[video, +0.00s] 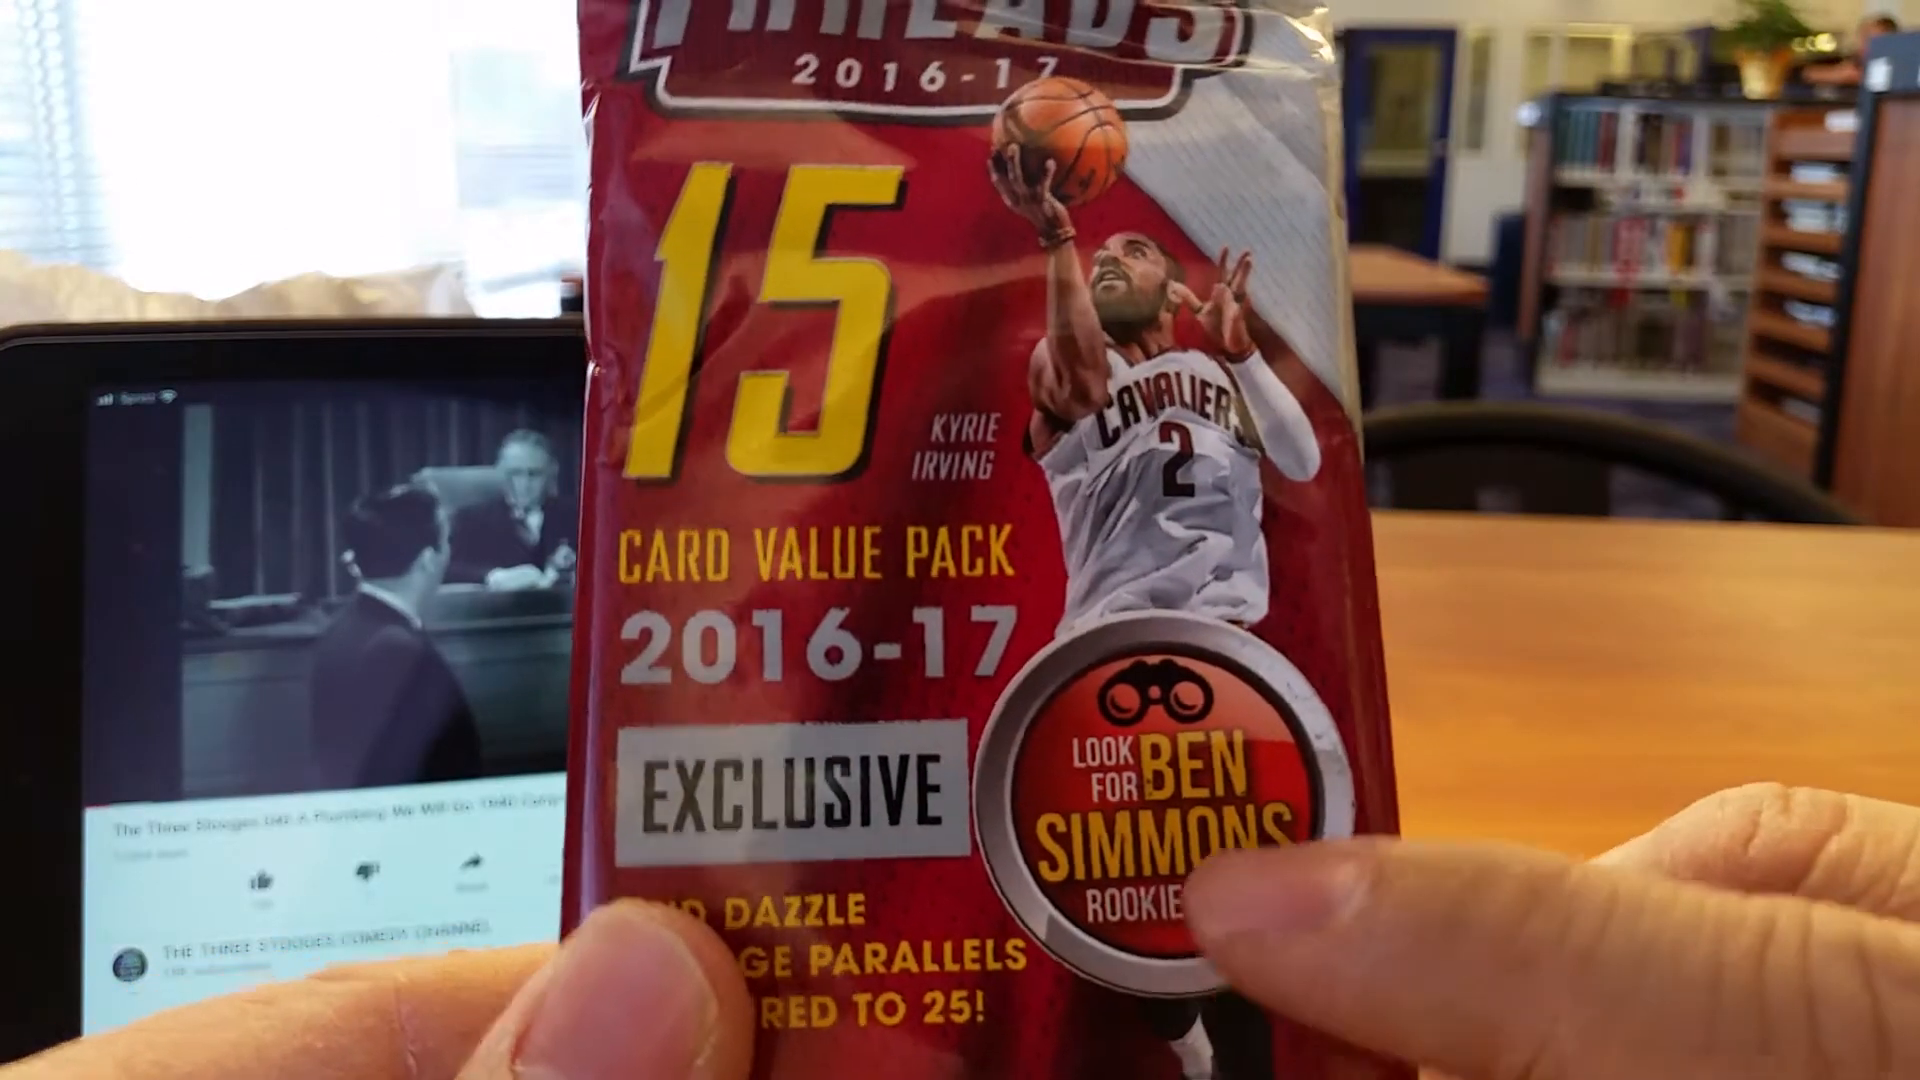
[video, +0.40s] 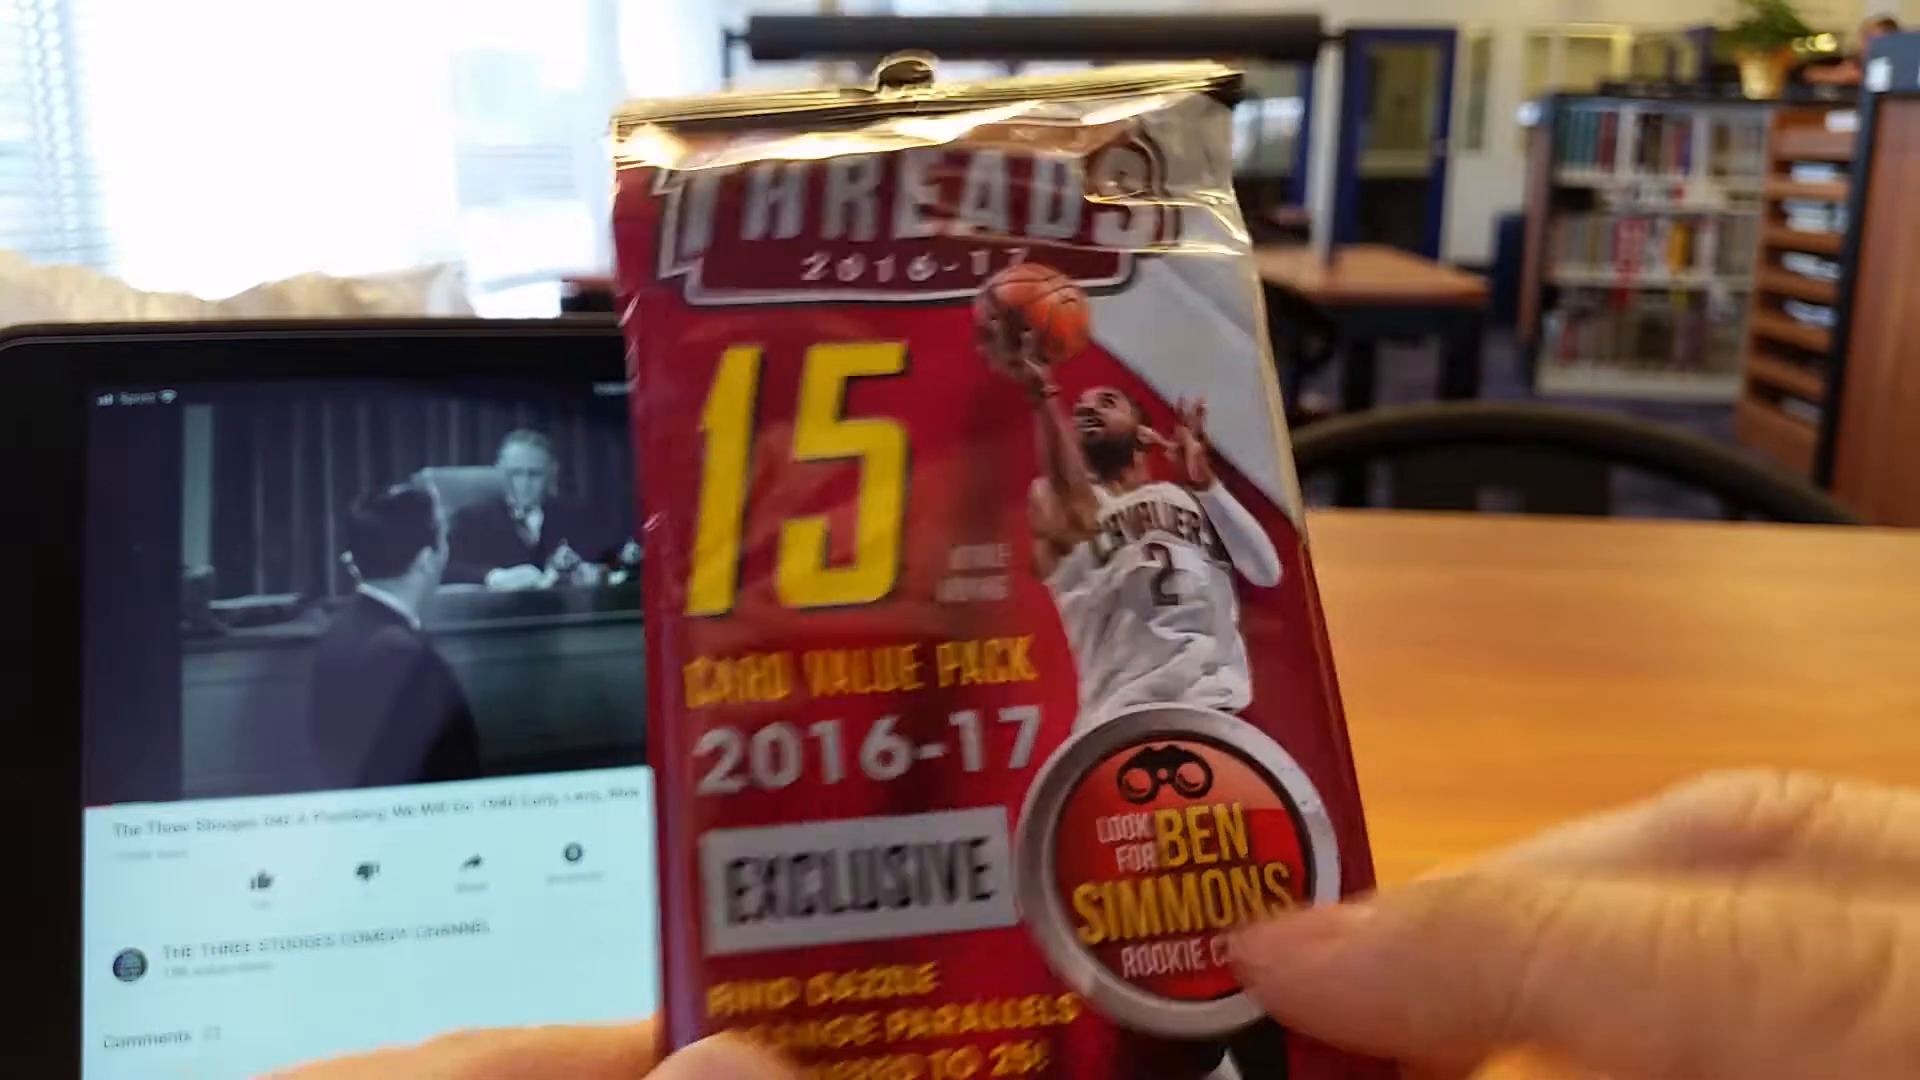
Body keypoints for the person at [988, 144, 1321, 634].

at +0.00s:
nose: (1108, 259)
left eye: (1136, 252)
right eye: (1098, 259)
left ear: (1176, 296)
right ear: (1087, 296)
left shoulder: (1218, 372)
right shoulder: (1063, 370)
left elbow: (1301, 463)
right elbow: (1083, 383)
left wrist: (1243, 356)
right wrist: (1058, 239)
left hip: (1220, 627)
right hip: (1105, 632)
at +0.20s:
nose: (1068, 327)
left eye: (1092, 313)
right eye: (1058, 325)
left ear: (1136, 350)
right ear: (1046, 356)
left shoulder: (1182, 424)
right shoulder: (1037, 442)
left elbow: (1271, 504)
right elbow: (1051, 439)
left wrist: (1206, 407)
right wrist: (1019, 309)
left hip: (1204, 668)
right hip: (1092, 685)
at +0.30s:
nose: (1068, 373)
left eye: (1089, 363)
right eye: (1058, 372)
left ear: (1129, 394)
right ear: (1053, 401)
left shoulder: (1177, 463)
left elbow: (1260, 533)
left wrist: (1197, 446)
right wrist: (1016, 352)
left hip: (1209, 684)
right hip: (1103, 697)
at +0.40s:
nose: (1088, 409)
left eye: (1108, 402)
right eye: (1077, 407)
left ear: (1142, 433)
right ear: (1067, 430)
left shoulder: (1187, 499)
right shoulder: (1063, 505)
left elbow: (1266, 572)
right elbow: (1064, 478)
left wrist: (1207, 485)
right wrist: (1041, 391)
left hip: (1212, 703)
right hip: (1116, 714)